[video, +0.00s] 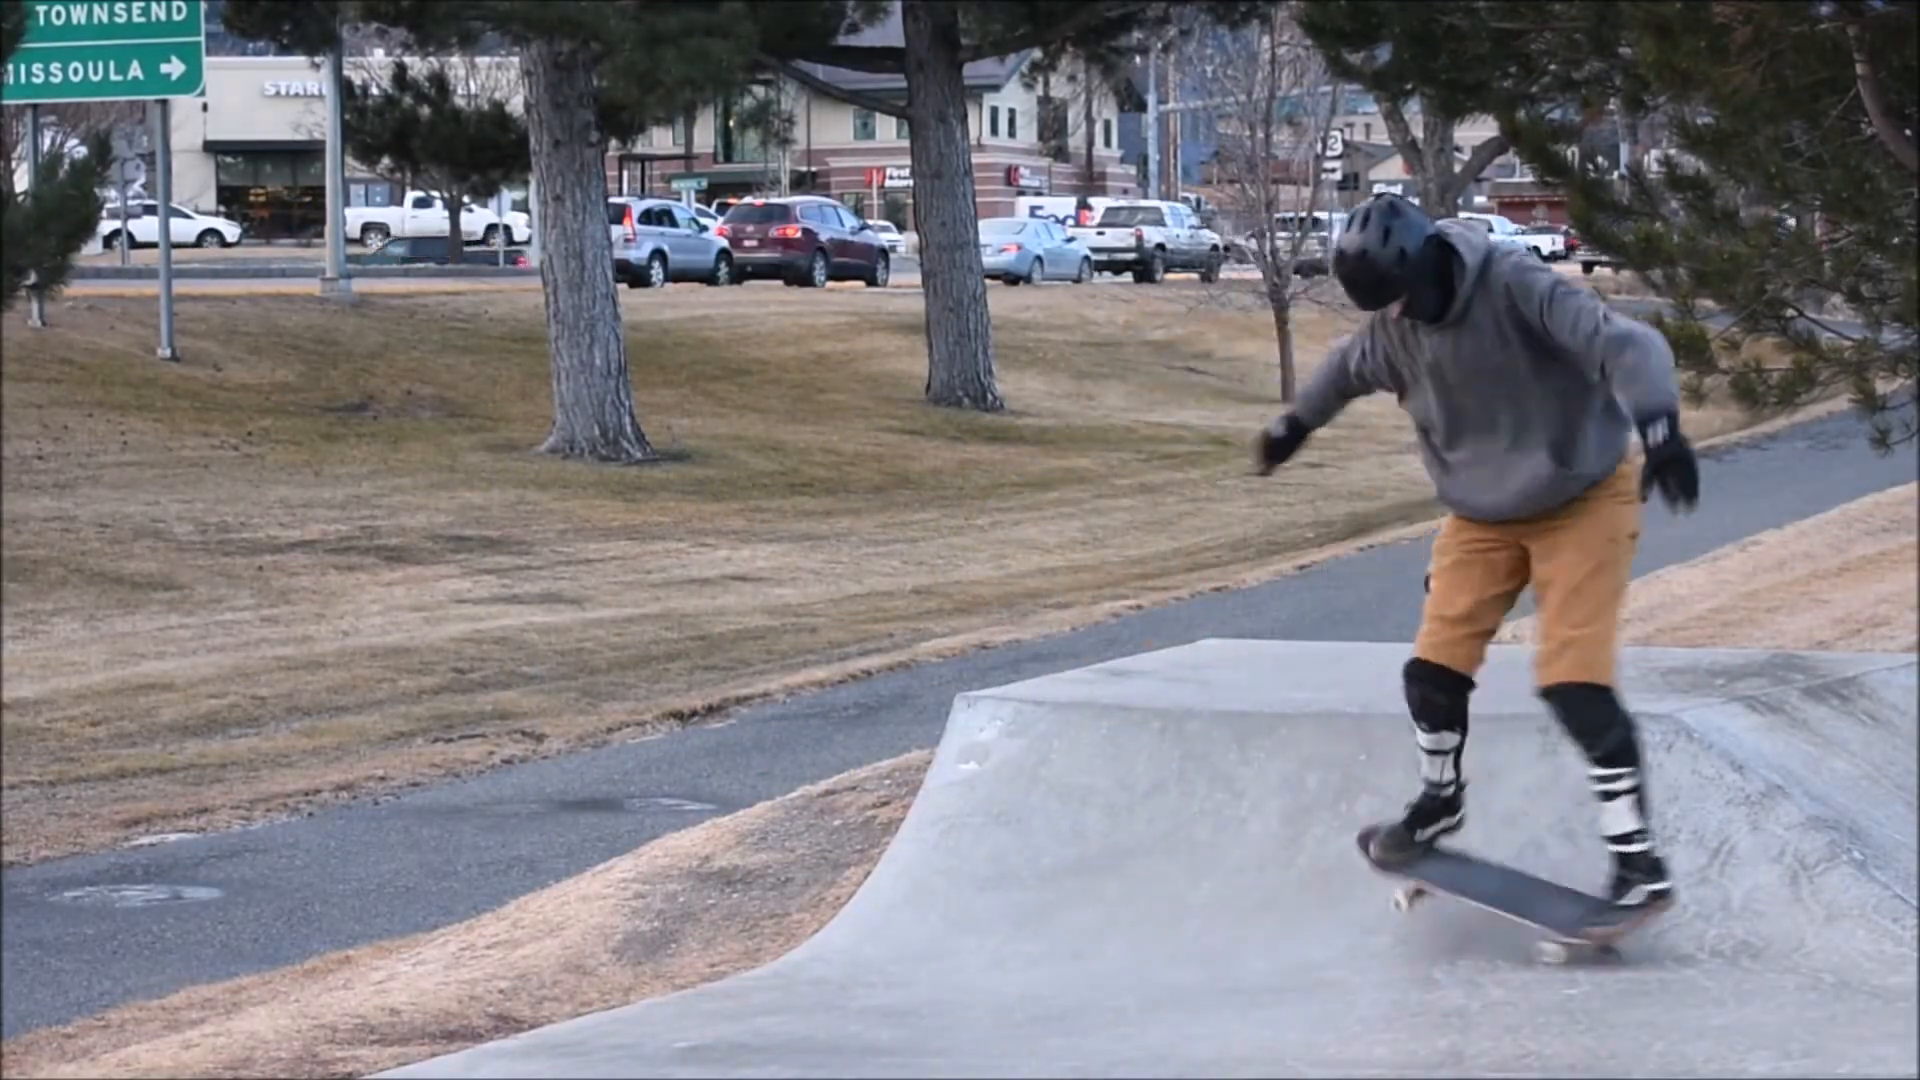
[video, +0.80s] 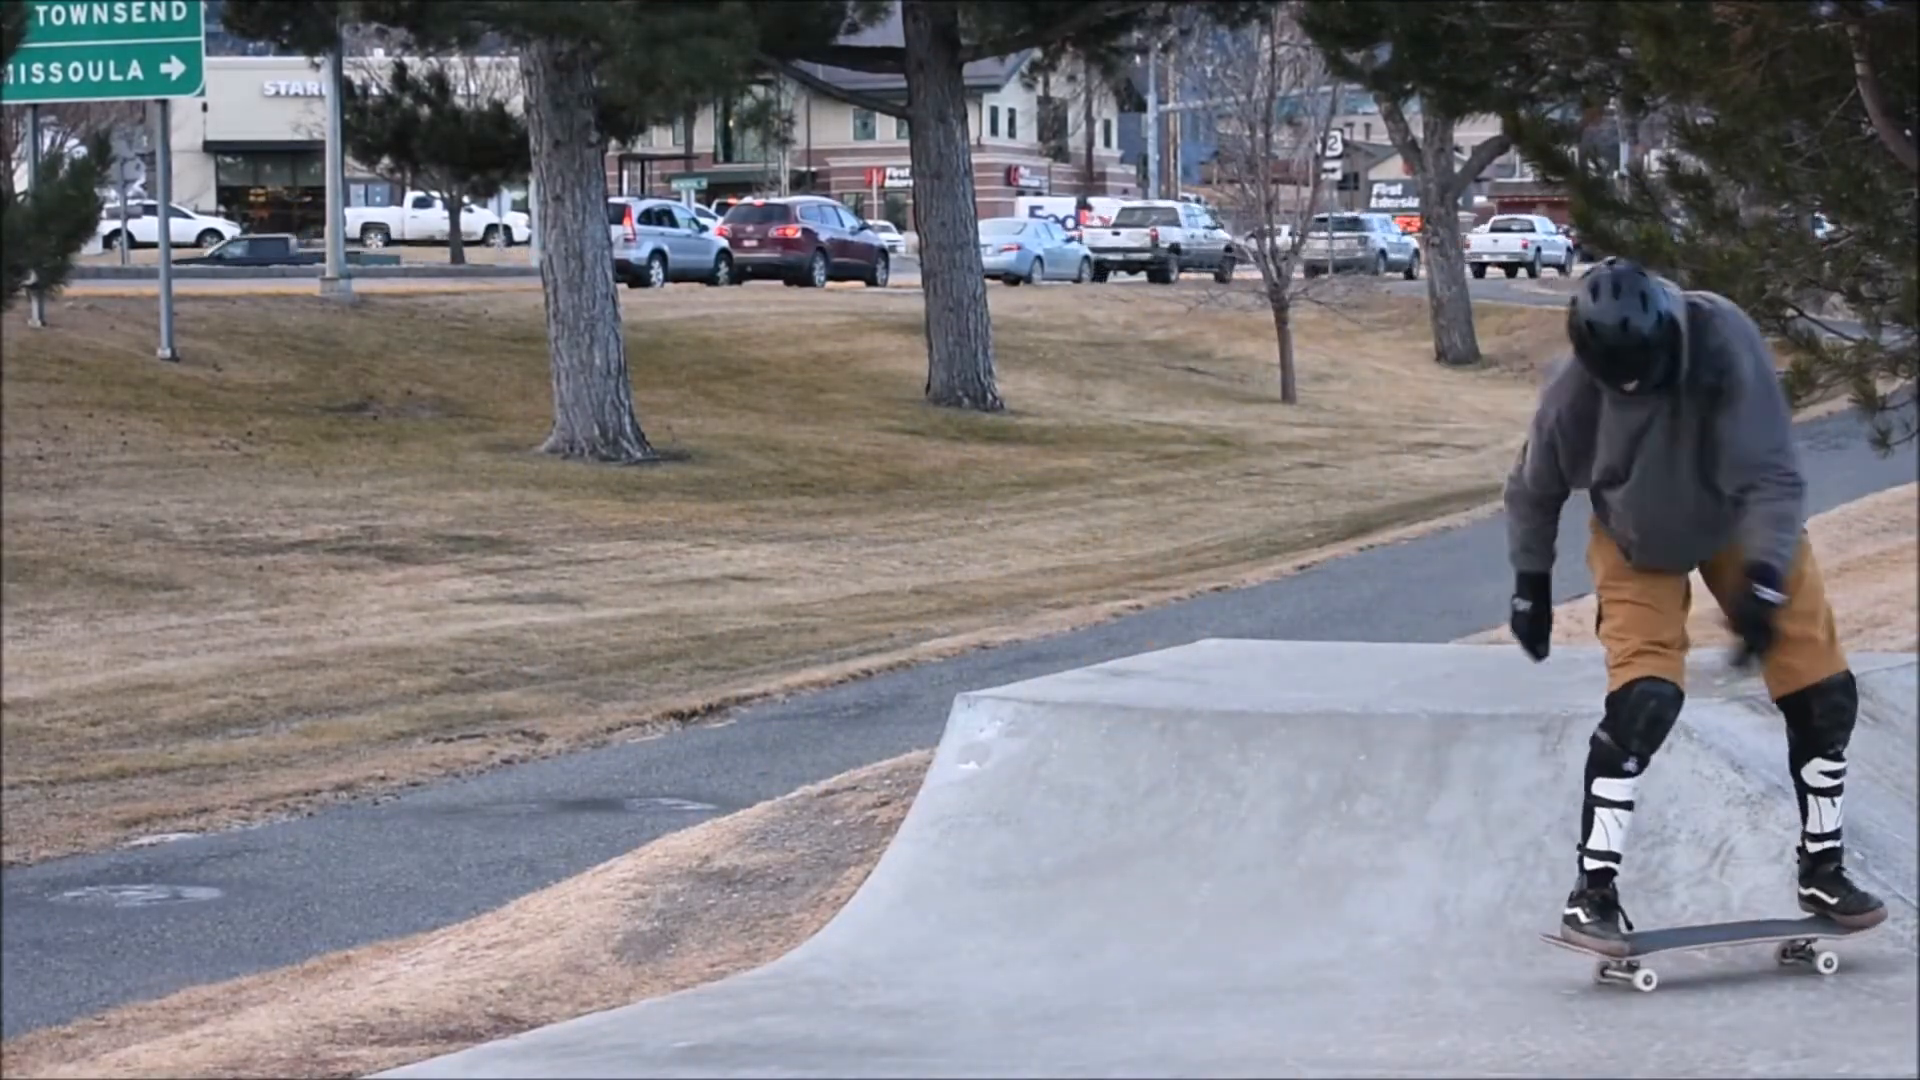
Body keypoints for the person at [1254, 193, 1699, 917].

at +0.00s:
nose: (1395, 317)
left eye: (1400, 301)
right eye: (1383, 308)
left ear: (1427, 264)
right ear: (1372, 288)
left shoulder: (1513, 284)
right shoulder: (1396, 329)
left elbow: (1625, 340)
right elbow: (1345, 370)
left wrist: (1660, 428)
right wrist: (1293, 424)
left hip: (1584, 494)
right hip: (1479, 512)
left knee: (1574, 683)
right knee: (1433, 678)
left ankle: (1635, 854)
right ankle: (1439, 801)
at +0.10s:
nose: (1414, 336)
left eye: (1419, 320)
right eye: (1401, 328)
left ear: (1447, 282)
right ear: (1389, 314)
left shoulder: (1517, 278)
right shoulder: (1414, 355)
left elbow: (1590, 272)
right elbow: (1403, 415)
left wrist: (1609, 287)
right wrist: (1387, 468)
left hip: (1625, 497)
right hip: (1516, 518)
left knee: (1686, 697)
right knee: (1501, 695)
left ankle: (1723, 866)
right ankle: (1453, 867)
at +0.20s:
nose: (1451, 362)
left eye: (1455, 345)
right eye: (1436, 355)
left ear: (1481, 303)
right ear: (1421, 343)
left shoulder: (1562, 299)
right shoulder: (1438, 398)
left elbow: (1609, 232)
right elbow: (1447, 510)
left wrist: (1525, 208)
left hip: (1651, 516)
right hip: (1551, 557)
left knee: (1760, 695)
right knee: (1584, 719)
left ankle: (1785, 872)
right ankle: (1530, 897)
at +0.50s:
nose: (1551, 350)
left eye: (1554, 332)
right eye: (1532, 345)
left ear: (1566, 295)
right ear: (1507, 341)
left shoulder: (1630, 292)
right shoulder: (1511, 398)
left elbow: (1648, 239)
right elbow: (1473, 518)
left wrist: (1546, 251)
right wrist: (1454, 623)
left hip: (1719, 484)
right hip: (1620, 532)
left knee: (1811, 687)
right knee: (1644, 696)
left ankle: (1845, 862)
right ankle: (1596, 874)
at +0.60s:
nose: (1565, 344)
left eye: (1576, 325)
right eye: (1545, 335)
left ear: (1594, 296)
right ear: (1524, 336)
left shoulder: (1644, 285)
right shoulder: (1525, 404)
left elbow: (1677, 325)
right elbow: (1486, 518)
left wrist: (1575, 332)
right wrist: (1461, 627)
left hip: (1737, 500)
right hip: (1635, 539)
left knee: (1818, 695)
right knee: (1666, 700)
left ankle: (1837, 864)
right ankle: (1616, 890)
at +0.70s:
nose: (1604, 390)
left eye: (1612, 372)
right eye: (1587, 384)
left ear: (1632, 329)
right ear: (1553, 364)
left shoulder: (1682, 320)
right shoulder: (1547, 405)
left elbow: (1719, 449)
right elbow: (1512, 513)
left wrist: (1638, 471)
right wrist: (1499, 617)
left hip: (1737, 493)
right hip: (1631, 523)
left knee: (1822, 689)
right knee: (1657, 698)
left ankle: (1832, 863)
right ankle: (1606, 891)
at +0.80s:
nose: (1634, 389)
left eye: (1645, 373)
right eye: (1617, 379)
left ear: (1671, 333)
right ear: (1588, 354)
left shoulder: (1724, 338)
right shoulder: (1576, 386)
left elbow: (1772, 474)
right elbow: (1535, 486)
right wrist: (1531, 584)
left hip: (1742, 523)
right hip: (1635, 535)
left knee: (1822, 697)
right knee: (1645, 702)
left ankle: (1823, 869)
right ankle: (1595, 891)